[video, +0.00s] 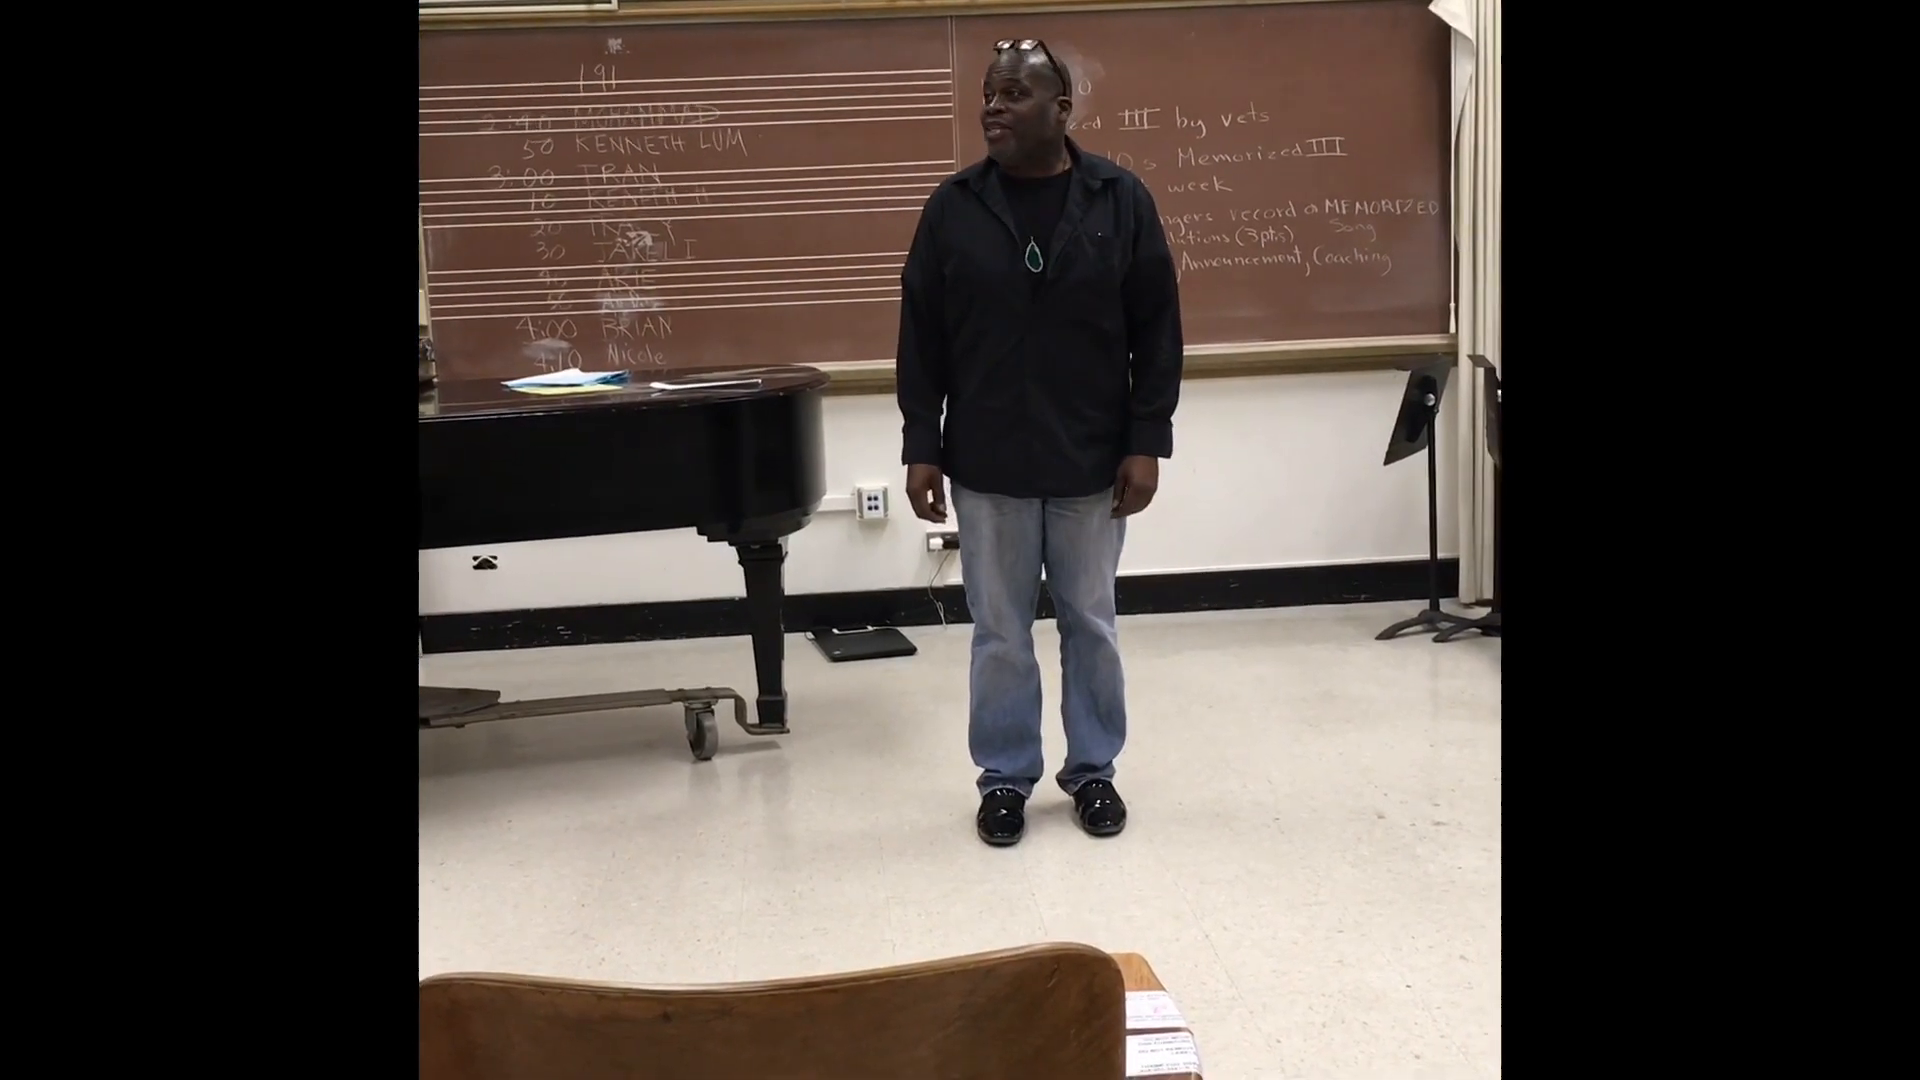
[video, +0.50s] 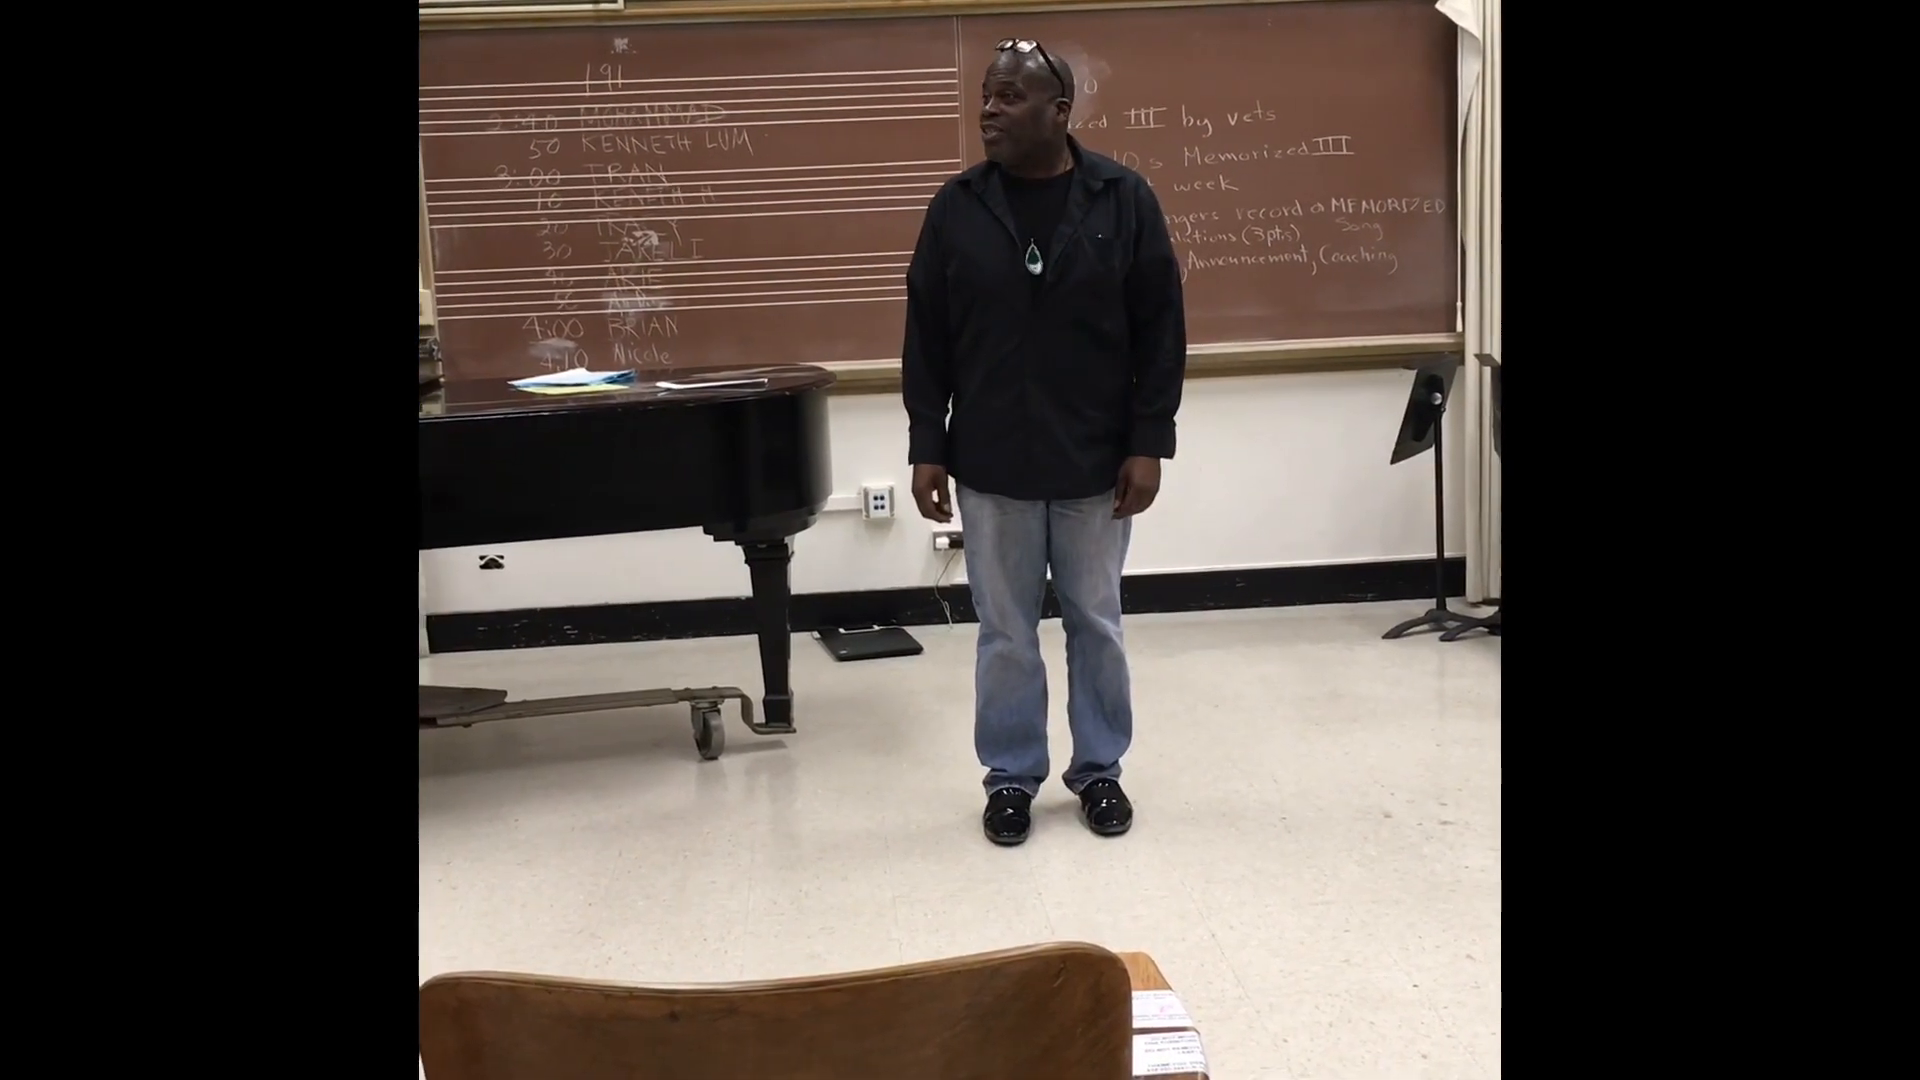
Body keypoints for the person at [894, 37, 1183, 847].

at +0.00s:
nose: (994, 107)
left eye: (1013, 95)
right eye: (990, 95)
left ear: (1063, 107)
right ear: (984, 106)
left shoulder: (1120, 200)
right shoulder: (953, 207)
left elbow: (1156, 330)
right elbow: (921, 334)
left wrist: (1146, 445)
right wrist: (921, 449)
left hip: (1091, 452)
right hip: (988, 454)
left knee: (1090, 623)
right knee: (1000, 629)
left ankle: (1093, 771)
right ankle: (1003, 777)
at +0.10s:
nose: (993, 108)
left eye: (1012, 95)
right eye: (990, 96)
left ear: (1063, 108)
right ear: (986, 106)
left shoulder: (1122, 199)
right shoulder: (954, 206)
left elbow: (1158, 330)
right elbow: (922, 334)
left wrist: (1147, 445)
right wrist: (923, 449)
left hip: (1093, 452)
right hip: (989, 454)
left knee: (1092, 624)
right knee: (1001, 630)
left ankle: (1095, 771)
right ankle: (1005, 776)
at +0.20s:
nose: (993, 108)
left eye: (1012, 95)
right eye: (990, 95)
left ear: (1063, 108)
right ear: (987, 104)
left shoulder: (1123, 200)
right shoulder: (955, 206)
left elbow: (1160, 330)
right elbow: (924, 334)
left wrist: (1148, 445)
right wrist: (924, 449)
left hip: (1094, 452)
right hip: (990, 454)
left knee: (1094, 623)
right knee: (1003, 629)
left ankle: (1096, 771)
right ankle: (1006, 776)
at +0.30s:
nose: (992, 109)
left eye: (1011, 96)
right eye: (990, 96)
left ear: (1063, 108)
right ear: (986, 105)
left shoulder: (1124, 200)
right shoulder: (956, 207)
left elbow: (1160, 330)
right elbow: (925, 334)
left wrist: (1149, 445)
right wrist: (925, 449)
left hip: (1095, 452)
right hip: (991, 455)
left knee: (1095, 623)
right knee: (1004, 629)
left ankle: (1098, 771)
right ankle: (1008, 777)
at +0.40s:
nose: (991, 110)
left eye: (1010, 97)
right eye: (989, 96)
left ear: (1062, 109)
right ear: (987, 106)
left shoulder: (1125, 200)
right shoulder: (957, 207)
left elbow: (1160, 331)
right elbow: (926, 334)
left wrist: (1149, 446)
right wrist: (925, 449)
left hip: (1095, 453)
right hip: (992, 455)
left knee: (1096, 623)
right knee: (1005, 629)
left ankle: (1099, 770)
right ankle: (1009, 777)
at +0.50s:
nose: (990, 111)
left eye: (1009, 97)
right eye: (988, 97)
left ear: (1061, 109)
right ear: (987, 106)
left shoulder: (1124, 199)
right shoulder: (956, 207)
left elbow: (1160, 330)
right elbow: (926, 335)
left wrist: (1149, 446)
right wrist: (926, 449)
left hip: (1095, 453)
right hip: (992, 455)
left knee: (1096, 623)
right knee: (1005, 630)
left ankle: (1099, 770)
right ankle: (1009, 777)